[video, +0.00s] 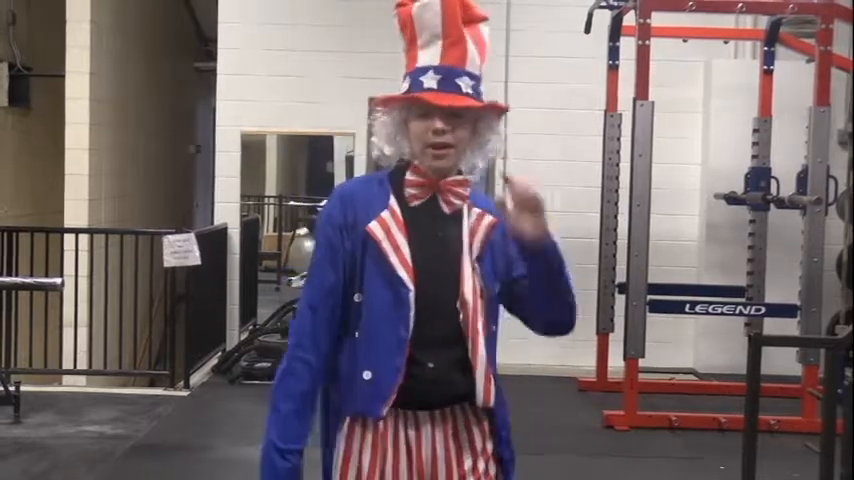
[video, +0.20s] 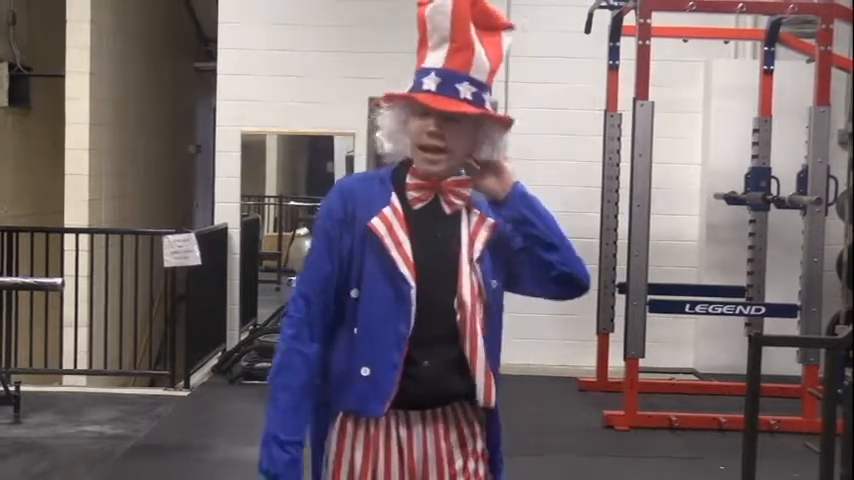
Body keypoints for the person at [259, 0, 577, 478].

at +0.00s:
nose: (440, 129)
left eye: (455, 117)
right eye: (426, 115)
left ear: (475, 129)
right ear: (404, 124)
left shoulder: (489, 216)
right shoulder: (354, 205)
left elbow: (555, 321)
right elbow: (312, 336)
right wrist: (280, 459)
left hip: (467, 429)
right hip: (375, 431)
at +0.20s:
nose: (433, 129)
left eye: (452, 117)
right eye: (422, 113)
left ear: (480, 134)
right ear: (405, 120)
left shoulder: (487, 214)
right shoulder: (354, 200)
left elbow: (570, 281)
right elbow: (305, 327)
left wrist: (508, 194)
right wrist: (281, 458)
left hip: (458, 431)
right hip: (367, 433)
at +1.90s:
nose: (400, 121)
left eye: (421, 115)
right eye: (394, 105)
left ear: (446, 139)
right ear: (376, 115)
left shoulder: (453, 224)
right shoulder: (317, 200)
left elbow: (512, 307)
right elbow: (262, 320)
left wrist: (476, 203)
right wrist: (233, 452)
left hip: (406, 440)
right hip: (315, 437)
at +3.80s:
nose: (410, 117)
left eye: (423, 103)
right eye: (391, 106)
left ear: (444, 118)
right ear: (368, 123)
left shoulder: (467, 214)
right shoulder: (321, 212)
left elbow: (532, 314)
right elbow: (288, 347)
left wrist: (503, 225)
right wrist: (283, 467)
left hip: (443, 439)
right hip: (347, 443)